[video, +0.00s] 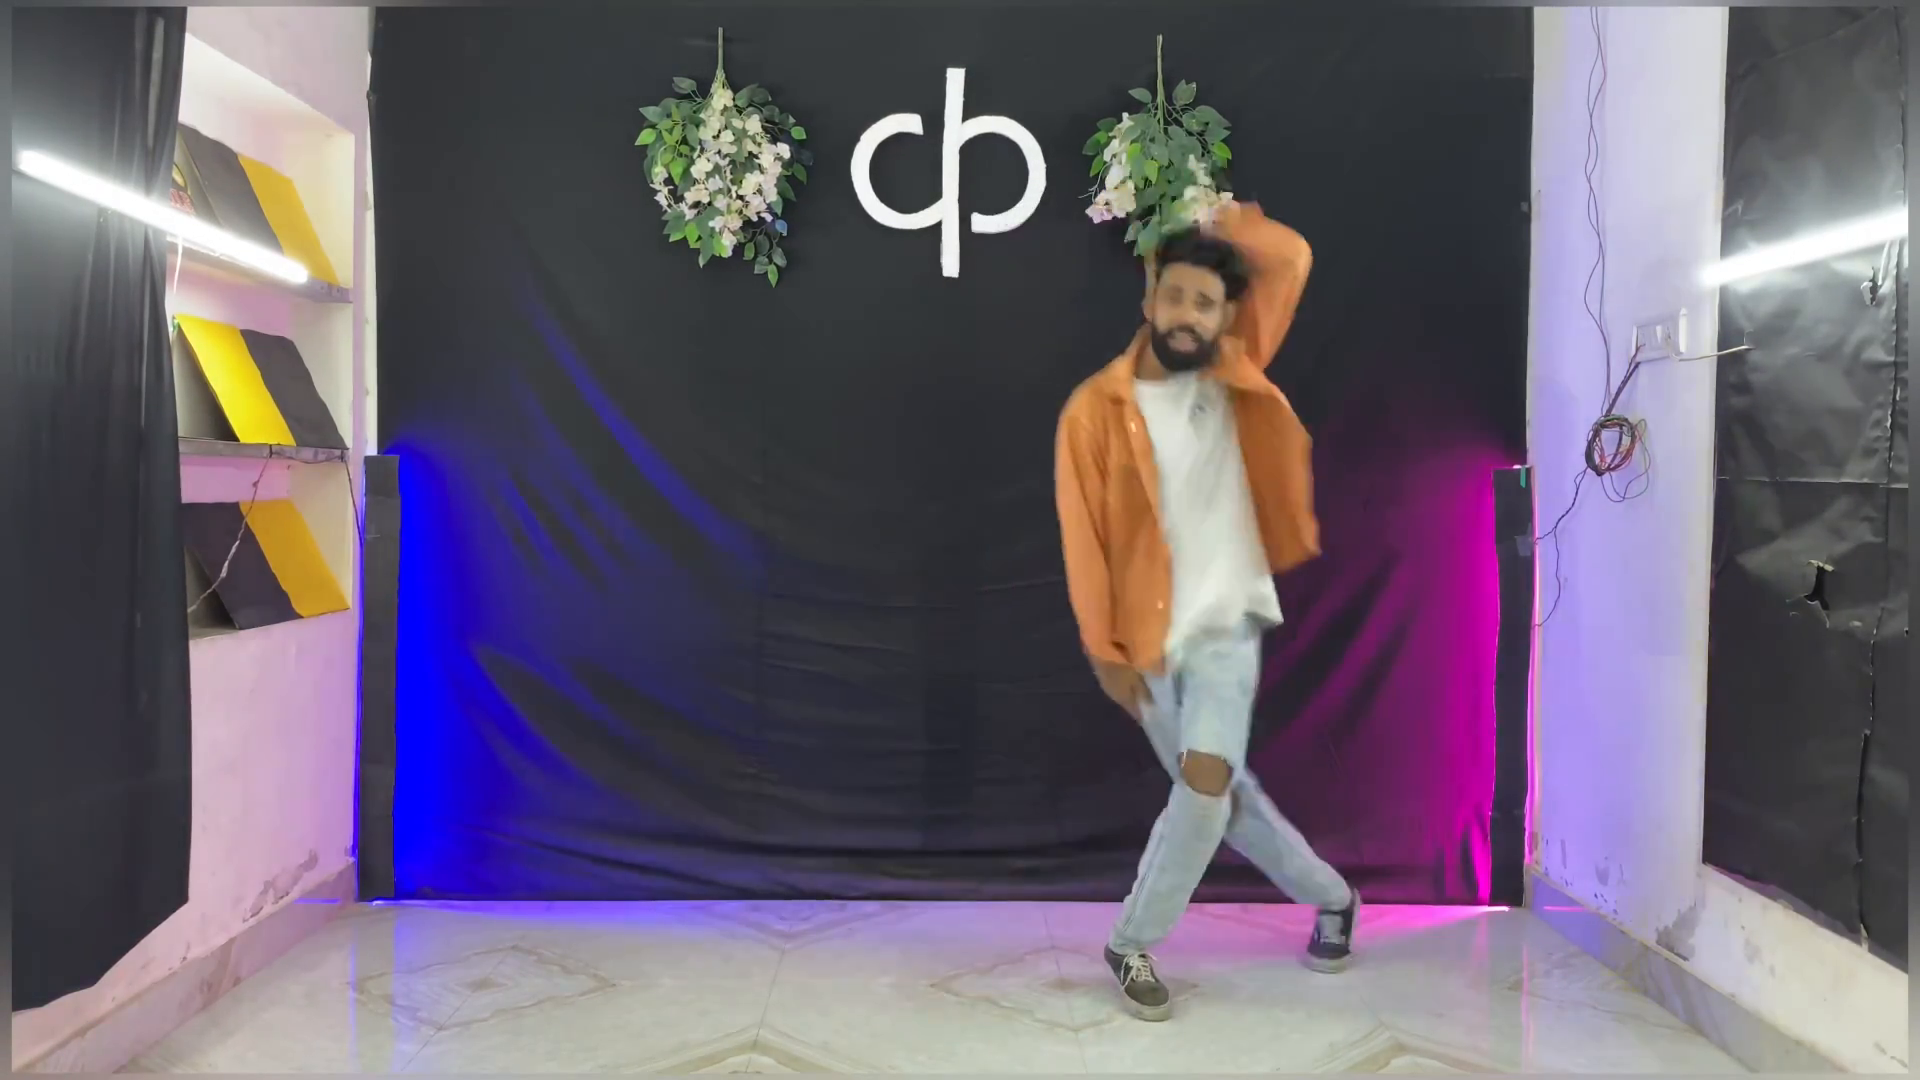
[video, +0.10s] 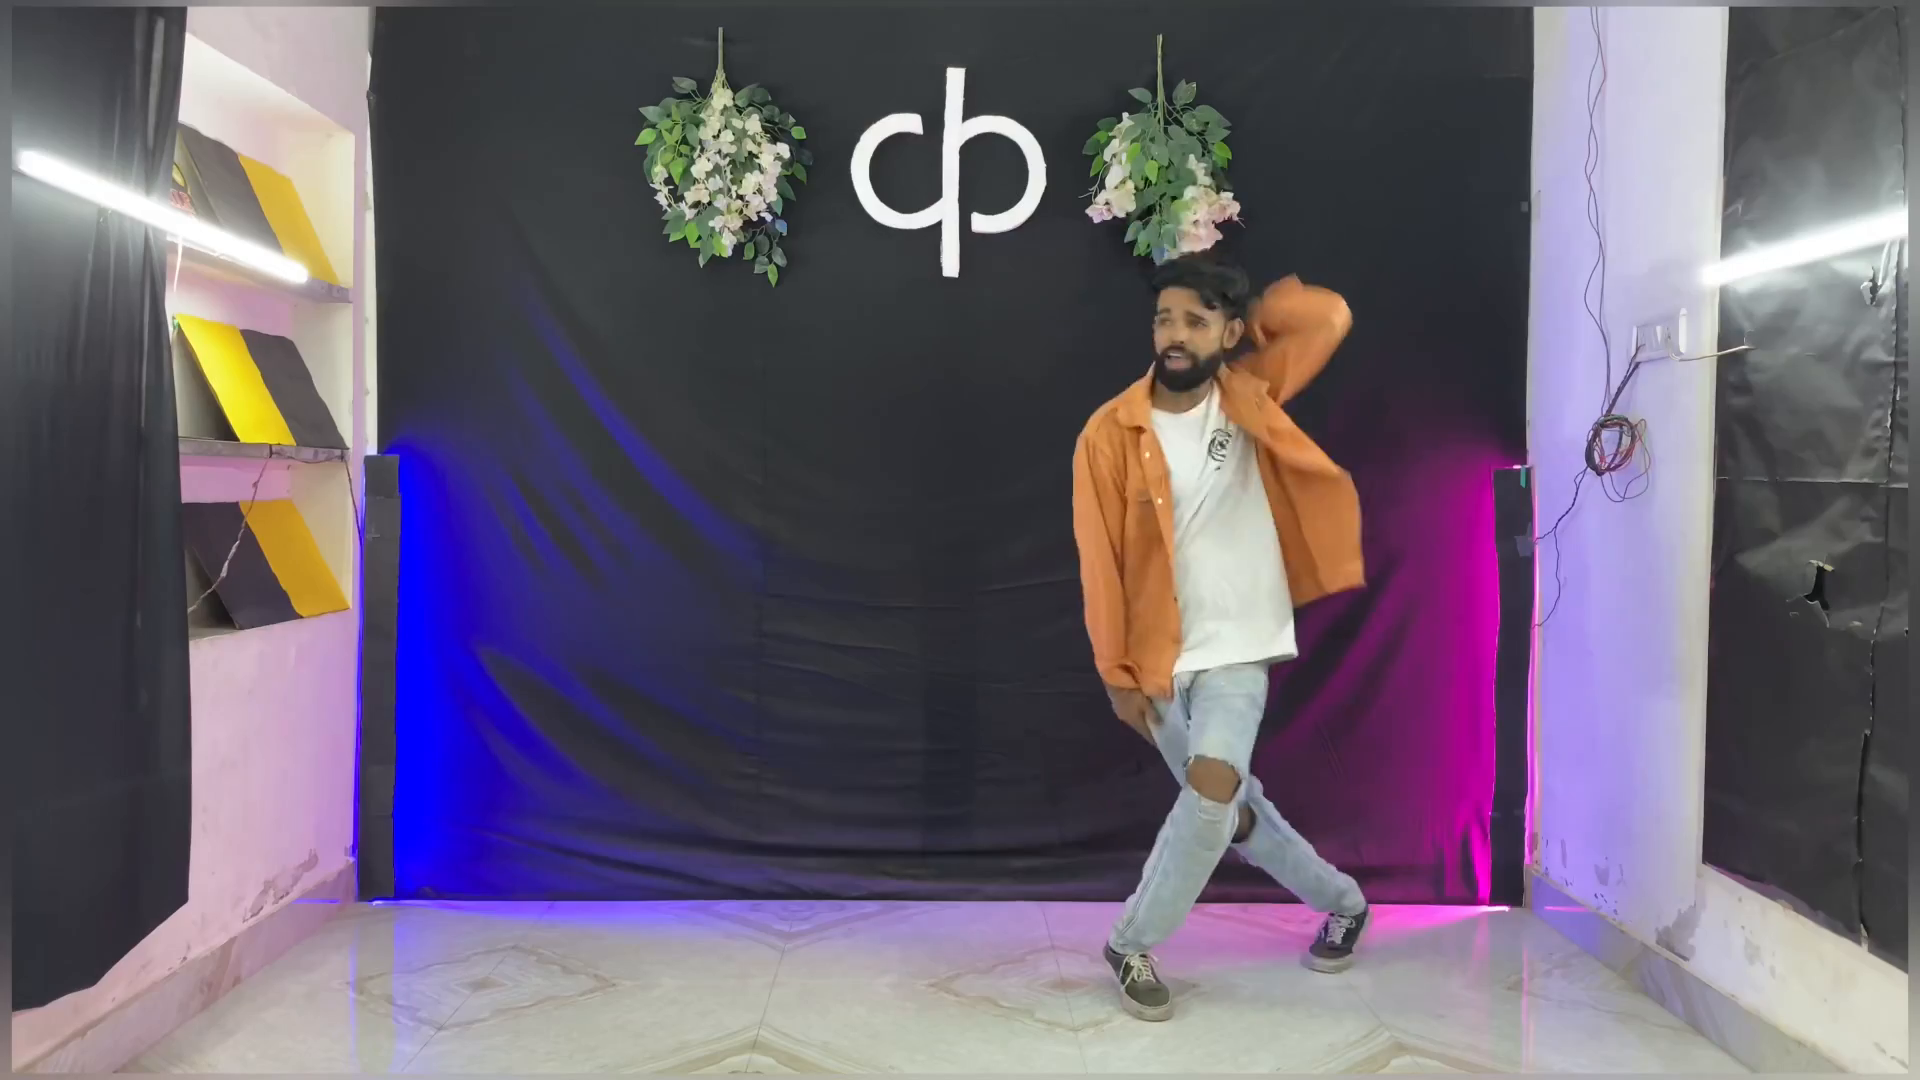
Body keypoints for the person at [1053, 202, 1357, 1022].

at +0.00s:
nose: (1188, 316)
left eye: (1205, 302)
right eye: (1174, 296)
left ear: (1227, 313)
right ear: (1148, 301)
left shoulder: (1239, 376)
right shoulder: (1097, 406)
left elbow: (1291, 260)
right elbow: (1081, 535)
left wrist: (1220, 217)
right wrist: (1102, 648)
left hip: (1230, 610)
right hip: (1143, 624)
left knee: (1208, 776)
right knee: (1214, 789)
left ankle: (1132, 942)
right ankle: (1331, 899)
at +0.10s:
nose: (1172, 334)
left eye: (1192, 320)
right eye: (1162, 317)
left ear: (1232, 331)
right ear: (1150, 324)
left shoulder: (1250, 393)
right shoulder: (1110, 432)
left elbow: (1328, 318)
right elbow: (1098, 558)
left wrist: (1256, 314)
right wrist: (1115, 669)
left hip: (1240, 636)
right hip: (1152, 648)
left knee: (1215, 789)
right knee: (1231, 810)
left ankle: (1131, 944)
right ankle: (1342, 902)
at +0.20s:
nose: (1152, 306)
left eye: (1172, 292)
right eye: (1144, 290)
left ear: (1216, 300)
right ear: (1136, 294)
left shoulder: (1245, 381)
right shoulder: (1109, 379)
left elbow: (1334, 401)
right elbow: (1068, 496)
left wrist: (1251, 338)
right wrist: (1086, 615)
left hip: (1216, 605)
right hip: (1126, 611)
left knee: (1196, 769)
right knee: (1204, 778)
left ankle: (1129, 946)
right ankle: (1329, 894)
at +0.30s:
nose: (1119, 275)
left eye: (1138, 260)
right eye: (1111, 259)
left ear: (1187, 264)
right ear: (1102, 261)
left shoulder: (1221, 358)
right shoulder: (1074, 335)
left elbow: (1274, 477)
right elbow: (995, 417)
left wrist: (1250, 414)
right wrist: (1050, 506)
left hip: (1185, 600)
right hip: (1094, 592)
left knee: (1162, 762)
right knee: (1110, 782)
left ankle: (1125, 952)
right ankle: (1253, 834)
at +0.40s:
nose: (1081, 257)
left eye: (1099, 242)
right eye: (1072, 243)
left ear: (1149, 244)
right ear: (1066, 247)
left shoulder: (1204, 349)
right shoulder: (1039, 323)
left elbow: (1221, 452)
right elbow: (960, 375)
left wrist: (1226, 496)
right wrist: (993, 404)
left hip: (1158, 599)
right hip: (1058, 584)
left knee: (1148, 772)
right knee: (1020, 741)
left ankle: (1123, 952)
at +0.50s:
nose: (1041, 250)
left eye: (1059, 233)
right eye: (1032, 235)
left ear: (1109, 233)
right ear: (1027, 236)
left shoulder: (1173, 330)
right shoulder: (1013, 313)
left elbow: (1199, 454)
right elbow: (942, 389)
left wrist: (1202, 550)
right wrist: (914, 345)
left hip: (1121, 581)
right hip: (1022, 560)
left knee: (1125, 758)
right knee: (953, 697)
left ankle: (1123, 948)